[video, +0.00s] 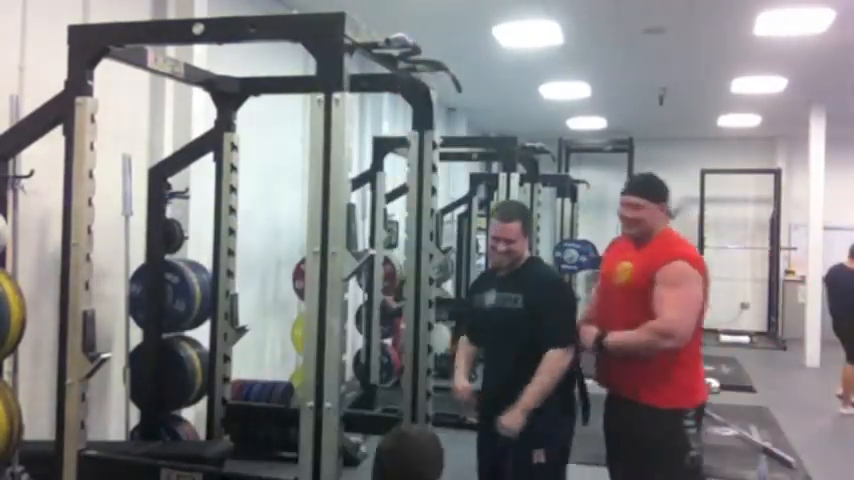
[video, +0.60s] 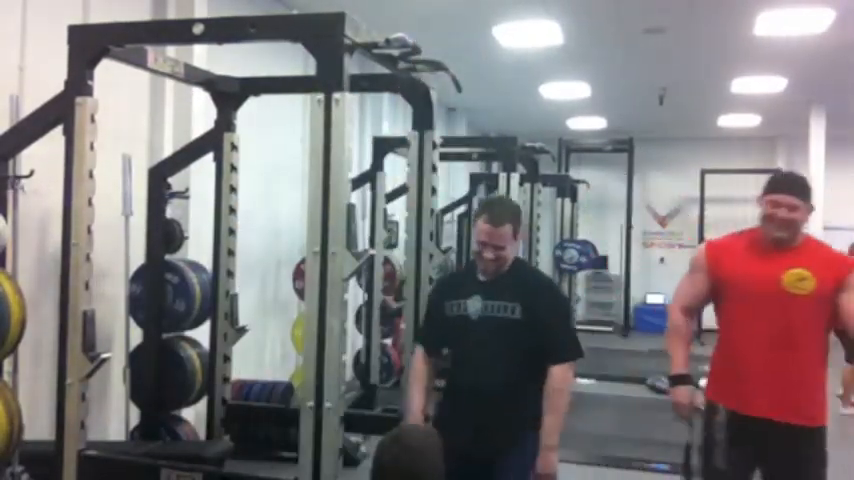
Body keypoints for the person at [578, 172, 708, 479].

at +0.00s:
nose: (627, 215)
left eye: (637, 207)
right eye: (624, 206)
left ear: (662, 210)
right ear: (618, 206)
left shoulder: (678, 259)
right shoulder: (618, 247)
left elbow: (673, 331)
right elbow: (599, 301)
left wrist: (603, 340)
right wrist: (584, 327)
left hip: (662, 406)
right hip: (622, 397)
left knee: (655, 473)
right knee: (621, 471)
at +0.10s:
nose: (650, 216)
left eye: (661, 209)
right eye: (646, 207)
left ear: (685, 214)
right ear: (639, 209)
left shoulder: (701, 264)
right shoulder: (628, 251)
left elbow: (701, 338)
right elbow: (609, 303)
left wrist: (629, 360)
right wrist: (588, 344)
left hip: (689, 413)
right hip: (635, 405)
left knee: (698, 473)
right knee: (631, 473)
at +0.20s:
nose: (673, 219)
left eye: (684, 212)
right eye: (669, 210)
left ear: (707, 218)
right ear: (662, 213)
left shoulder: (731, 270)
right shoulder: (642, 257)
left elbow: (738, 346)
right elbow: (623, 306)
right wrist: (601, 357)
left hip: (712, 420)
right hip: (652, 415)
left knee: (724, 474)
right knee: (645, 473)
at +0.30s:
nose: (700, 221)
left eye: (712, 215)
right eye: (695, 213)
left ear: (734, 220)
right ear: (688, 215)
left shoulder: (762, 274)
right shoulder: (664, 262)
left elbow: (781, 347)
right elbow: (637, 311)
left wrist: (741, 410)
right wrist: (617, 368)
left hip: (739, 425)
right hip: (674, 420)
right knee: (662, 474)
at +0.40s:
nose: (729, 221)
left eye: (741, 215)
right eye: (724, 212)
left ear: (762, 220)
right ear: (716, 213)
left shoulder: (795, 276)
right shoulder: (685, 262)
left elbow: (815, 347)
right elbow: (654, 314)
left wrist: (804, 419)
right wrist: (637, 375)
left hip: (766, 428)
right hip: (697, 421)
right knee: (675, 473)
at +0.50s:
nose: (757, 217)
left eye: (768, 210)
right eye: (750, 207)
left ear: (787, 216)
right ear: (740, 208)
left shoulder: (821, 272)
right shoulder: (701, 259)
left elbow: (844, 340)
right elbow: (668, 313)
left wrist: (846, 412)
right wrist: (658, 379)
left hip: (785, 426)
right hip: (714, 418)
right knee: (696, 473)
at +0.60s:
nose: (781, 215)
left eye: (791, 208)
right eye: (774, 206)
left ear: (808, 213)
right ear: (761, 205)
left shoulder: (836, 268)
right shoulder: (717, 255)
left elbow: (849, 333)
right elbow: (681, 310)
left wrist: (850, 367)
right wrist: (679, 378)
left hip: (800, 422)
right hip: (729, 415)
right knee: (720, 473)